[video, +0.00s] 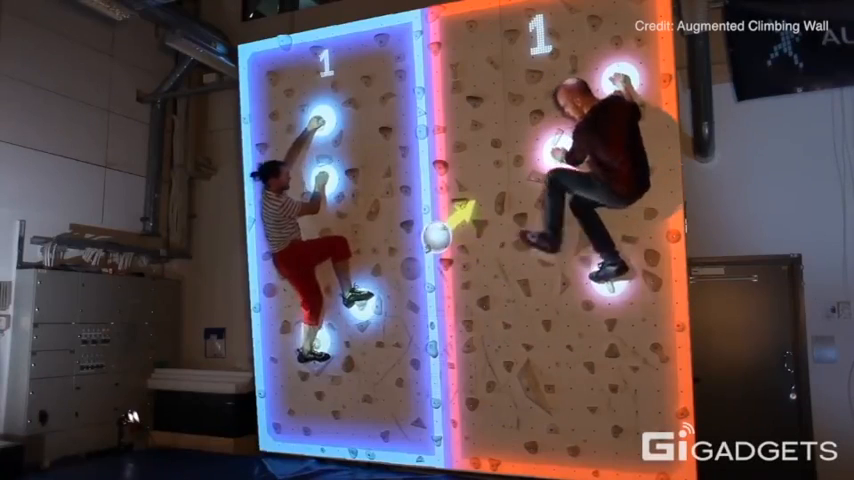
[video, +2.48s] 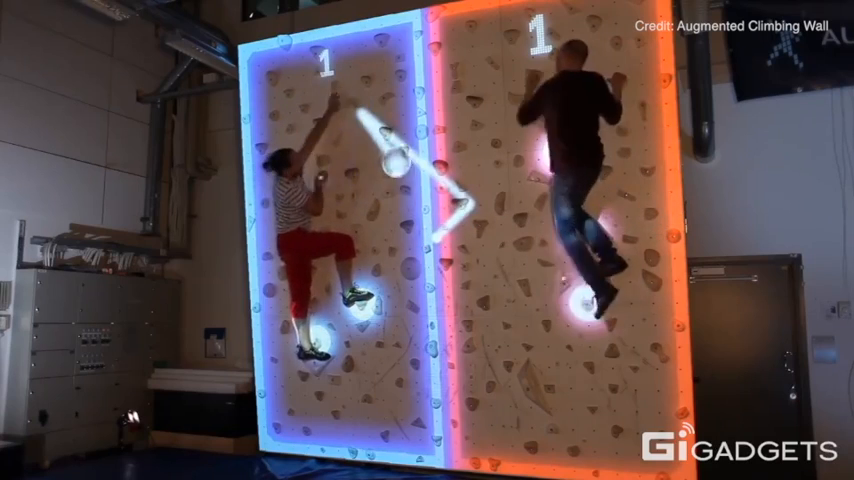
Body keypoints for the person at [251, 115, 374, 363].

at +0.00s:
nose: (288, 178)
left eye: (287, 174)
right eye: (284, 176)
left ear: (272, 180)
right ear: (273, 180)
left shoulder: (269, 194)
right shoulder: (280, 203)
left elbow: (291, 158)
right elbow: (314, 208)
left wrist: (309, 131)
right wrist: (321, 187)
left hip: (284, 258)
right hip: (294, 254)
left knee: (313, 300)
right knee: (337, 244)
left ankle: (307, 350)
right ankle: (348, 292)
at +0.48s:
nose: (282, 178)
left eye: (281, 174)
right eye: (278, 175)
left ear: (264, 179)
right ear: (267, 180)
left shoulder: (258, 196)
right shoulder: (274, 201)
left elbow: (277, 171)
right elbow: (310, 207)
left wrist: (293, 156)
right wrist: (319, 186)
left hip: (285, 256)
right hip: (294, 252)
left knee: (312, 299)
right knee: (339, 243)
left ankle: (306, 350)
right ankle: (348, 291)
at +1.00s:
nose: (280, 182)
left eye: (279, 178)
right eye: (277, 179)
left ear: (263, 184)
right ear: (266, 184)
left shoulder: (259, 198)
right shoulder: (274, 204)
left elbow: (281, 173)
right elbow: (310, 208)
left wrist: (301, 171)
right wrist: (318, 184)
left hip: (285, 259)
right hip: (295, 253)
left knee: (314, 301)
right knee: (339, 243)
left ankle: (306, 350)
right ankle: (348, 293)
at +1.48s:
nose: (299, 174)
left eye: (297, 171)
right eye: (295, 173)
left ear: (284, 180)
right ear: (284, 180)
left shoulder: (290, 188)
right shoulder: (286, 199)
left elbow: (323, 170)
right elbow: (315, 207)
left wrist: (359, 165)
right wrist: (319, 184)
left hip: (286, 249)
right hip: (292, 248)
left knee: (301, 299)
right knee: (337, 243)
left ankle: (304, 351)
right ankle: (348, 292)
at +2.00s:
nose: (305, 158)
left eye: (303, 155)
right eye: (301, 156)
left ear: (290, 165)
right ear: (295, 165)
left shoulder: (289, 176)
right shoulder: (296, 186)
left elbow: (313, 142)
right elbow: (320, 208)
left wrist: (329, 108)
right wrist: (320, 186)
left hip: (287, 242)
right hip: (300, 238)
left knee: (301, 294)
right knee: (345, 243)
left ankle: (305, 346)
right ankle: (349, 291)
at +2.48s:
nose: (300, 160)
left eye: (297, 158)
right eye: (296, 159)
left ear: (285, 169)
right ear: (288, 169)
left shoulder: (285, 177)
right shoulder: (292, 189)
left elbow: (310, 144)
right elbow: (316, 209)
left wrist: (329, 112)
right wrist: (319, 185)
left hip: (287, 243)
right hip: (297, 240)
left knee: (300, 294)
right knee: (343, 242)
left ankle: (305, 347)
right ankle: (348, 292)